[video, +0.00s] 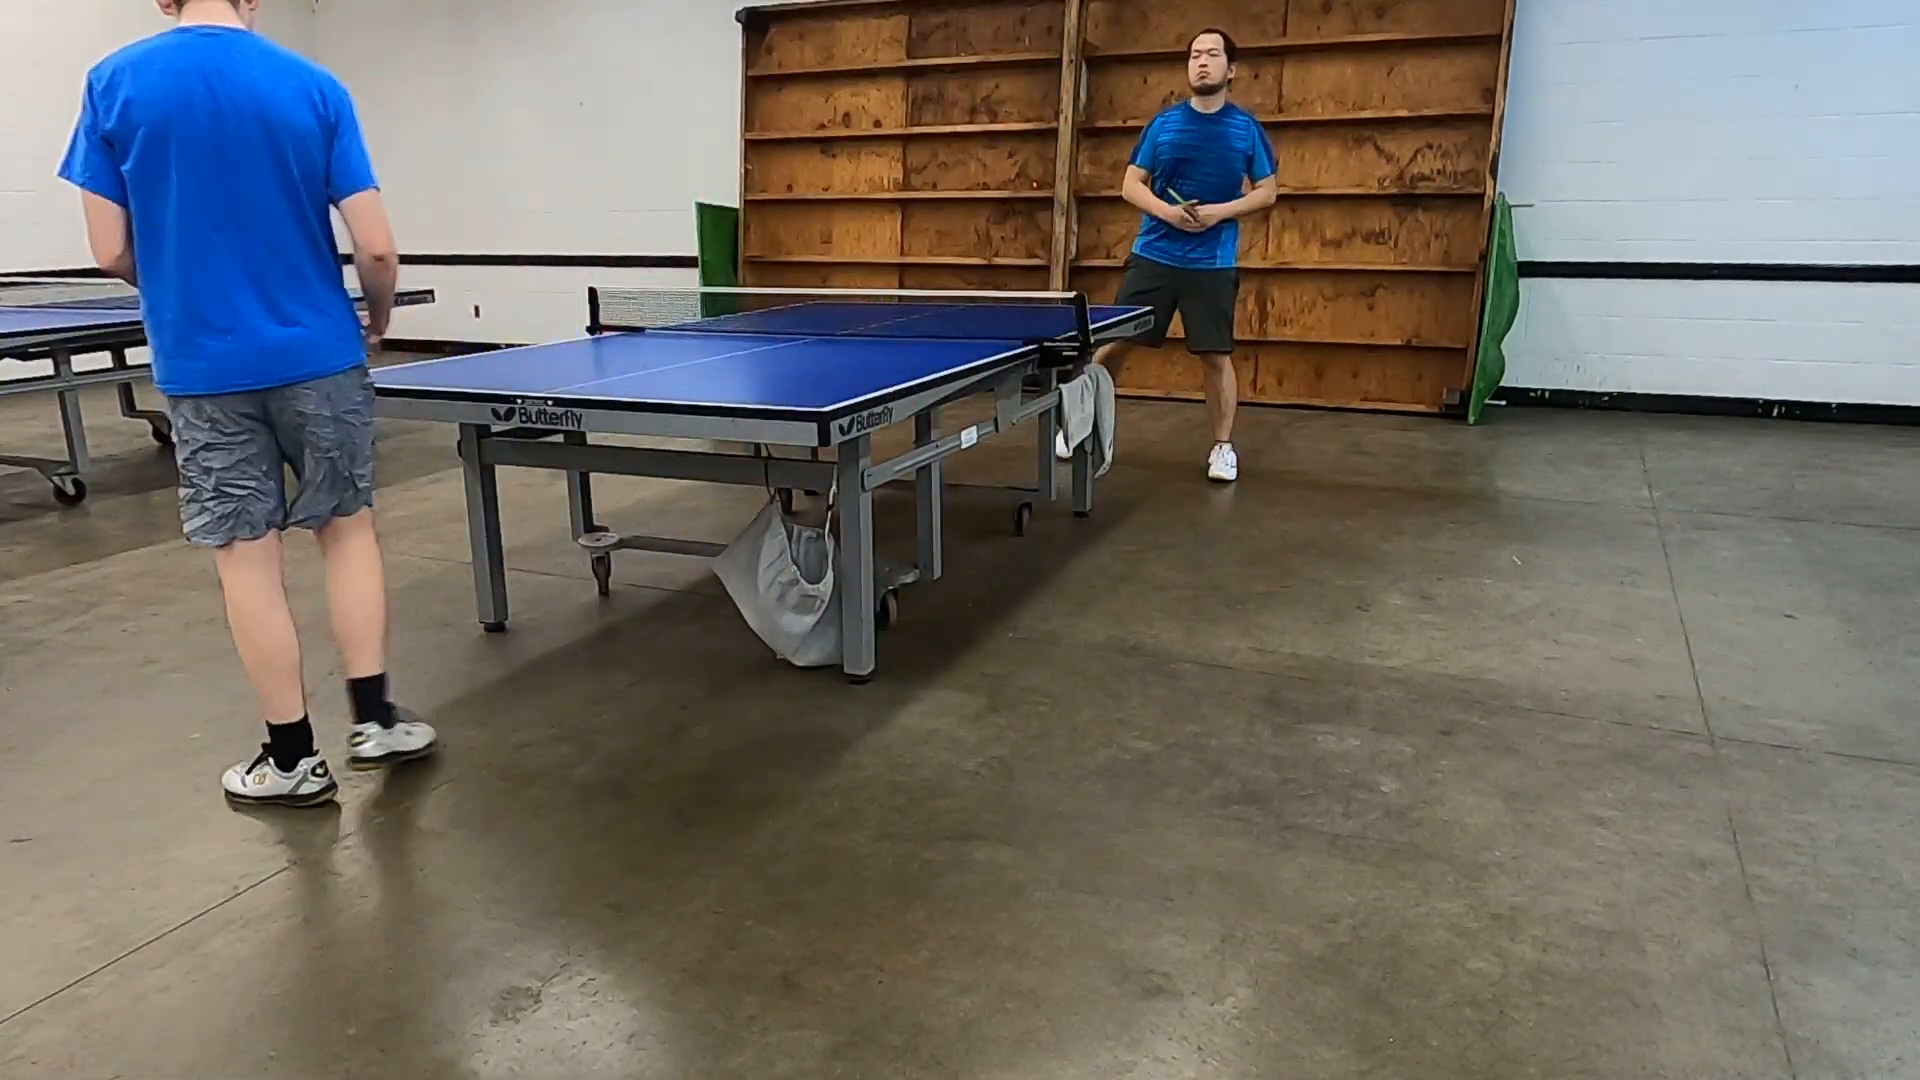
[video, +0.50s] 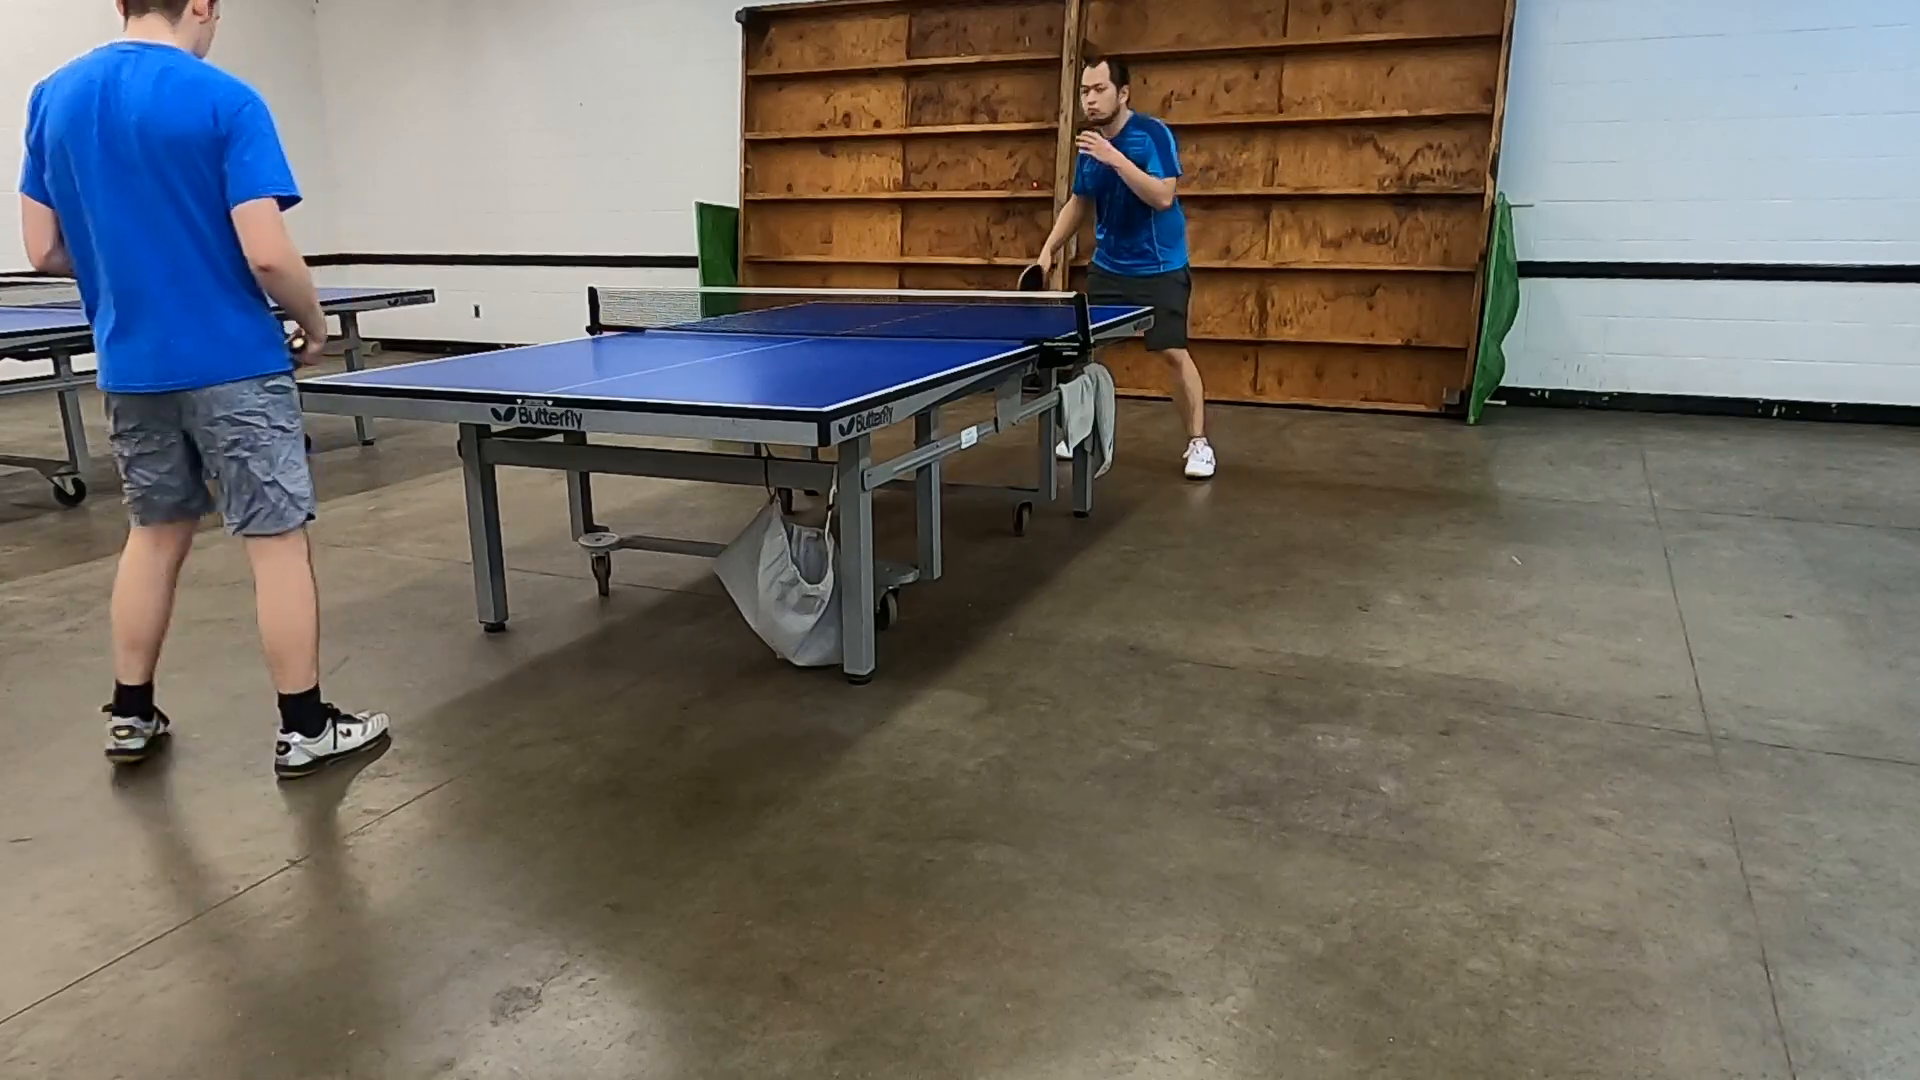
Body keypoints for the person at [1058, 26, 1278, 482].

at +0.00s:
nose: (1201, 62)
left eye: (1212, 55)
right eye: (1195, 56)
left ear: (1231, 68)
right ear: (1187, 68)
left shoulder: (1247, 128)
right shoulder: (1165, 122)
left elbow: (1267, 193)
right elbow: (1130, 185)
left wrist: (1219, 211)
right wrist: (1168, 212)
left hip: (1213, 264)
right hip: (1154, 257)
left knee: (1217, 357)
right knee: (1116, 343)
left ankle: (1222, 446)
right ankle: (1076, 418)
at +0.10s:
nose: (1180, 66)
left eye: (1190, 60)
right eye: (1174, 61)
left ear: (1210, 73)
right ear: (1166, 73)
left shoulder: (1227, 129)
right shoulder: (1146, 129)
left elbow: (1252, 192)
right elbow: (1115, 189)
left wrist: (1199, 203)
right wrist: (1141, 206)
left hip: (1198, 268)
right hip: (1140, 263)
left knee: (1207, 358)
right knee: (1100, 348)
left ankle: (1221, 446)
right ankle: (1079, 427)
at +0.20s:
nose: (1155, 74)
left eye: (1166, 67)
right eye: (1150, 67)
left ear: (1186, 79)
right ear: (1143, 78)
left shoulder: (1205, 135)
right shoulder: (1127, 135)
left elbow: (1226, 196)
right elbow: (1099, 192)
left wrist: (1173, 195)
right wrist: (1110, 221)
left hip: (1182, 272)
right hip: (1124, 268)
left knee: (1196, 357)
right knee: (1092, 350)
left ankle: (1219, 445)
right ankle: (1083, 431)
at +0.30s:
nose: (1128, 80)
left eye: (1140, 73)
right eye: (1124, 73)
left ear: (1162, 85)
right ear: (1118, 83)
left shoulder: (1182, 135)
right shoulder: (1107, 142)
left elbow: (1199, 199)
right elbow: (1088, 198)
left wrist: (1146, 184)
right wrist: (1073, 242)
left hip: (1168, 273)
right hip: (1111, 269)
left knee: (1187, 358)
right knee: (1083, 352)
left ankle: (1215, 445)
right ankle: (1080, 432)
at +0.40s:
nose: (1107, 86)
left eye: (1117, 78)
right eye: (1102, 79)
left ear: (1140, 84)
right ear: (1098, 88)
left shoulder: (1167, 133)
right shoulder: (1097, 143)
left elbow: (1177, 198)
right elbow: (1080, 202)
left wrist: (1128, 169)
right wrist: (1057, 246)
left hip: (1160, 272)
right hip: (1106, 270)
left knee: (1178, 355)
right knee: (1076, 351)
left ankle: (1207, 441)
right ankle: (1080, 431)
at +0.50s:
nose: (1089, 98)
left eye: (1098, 90)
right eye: (1084, 91)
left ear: (1123, 92)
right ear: (1081, 96)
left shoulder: (1154, 133)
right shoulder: (1091, 144)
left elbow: (1164, 197)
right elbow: (1078, 201)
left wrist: (1115, 158)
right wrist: (1049, 246)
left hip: (1160, 269)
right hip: (1108, 267)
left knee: (1173, 351)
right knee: (1081, 349)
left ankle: (1198, 441)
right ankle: (1080, 432)